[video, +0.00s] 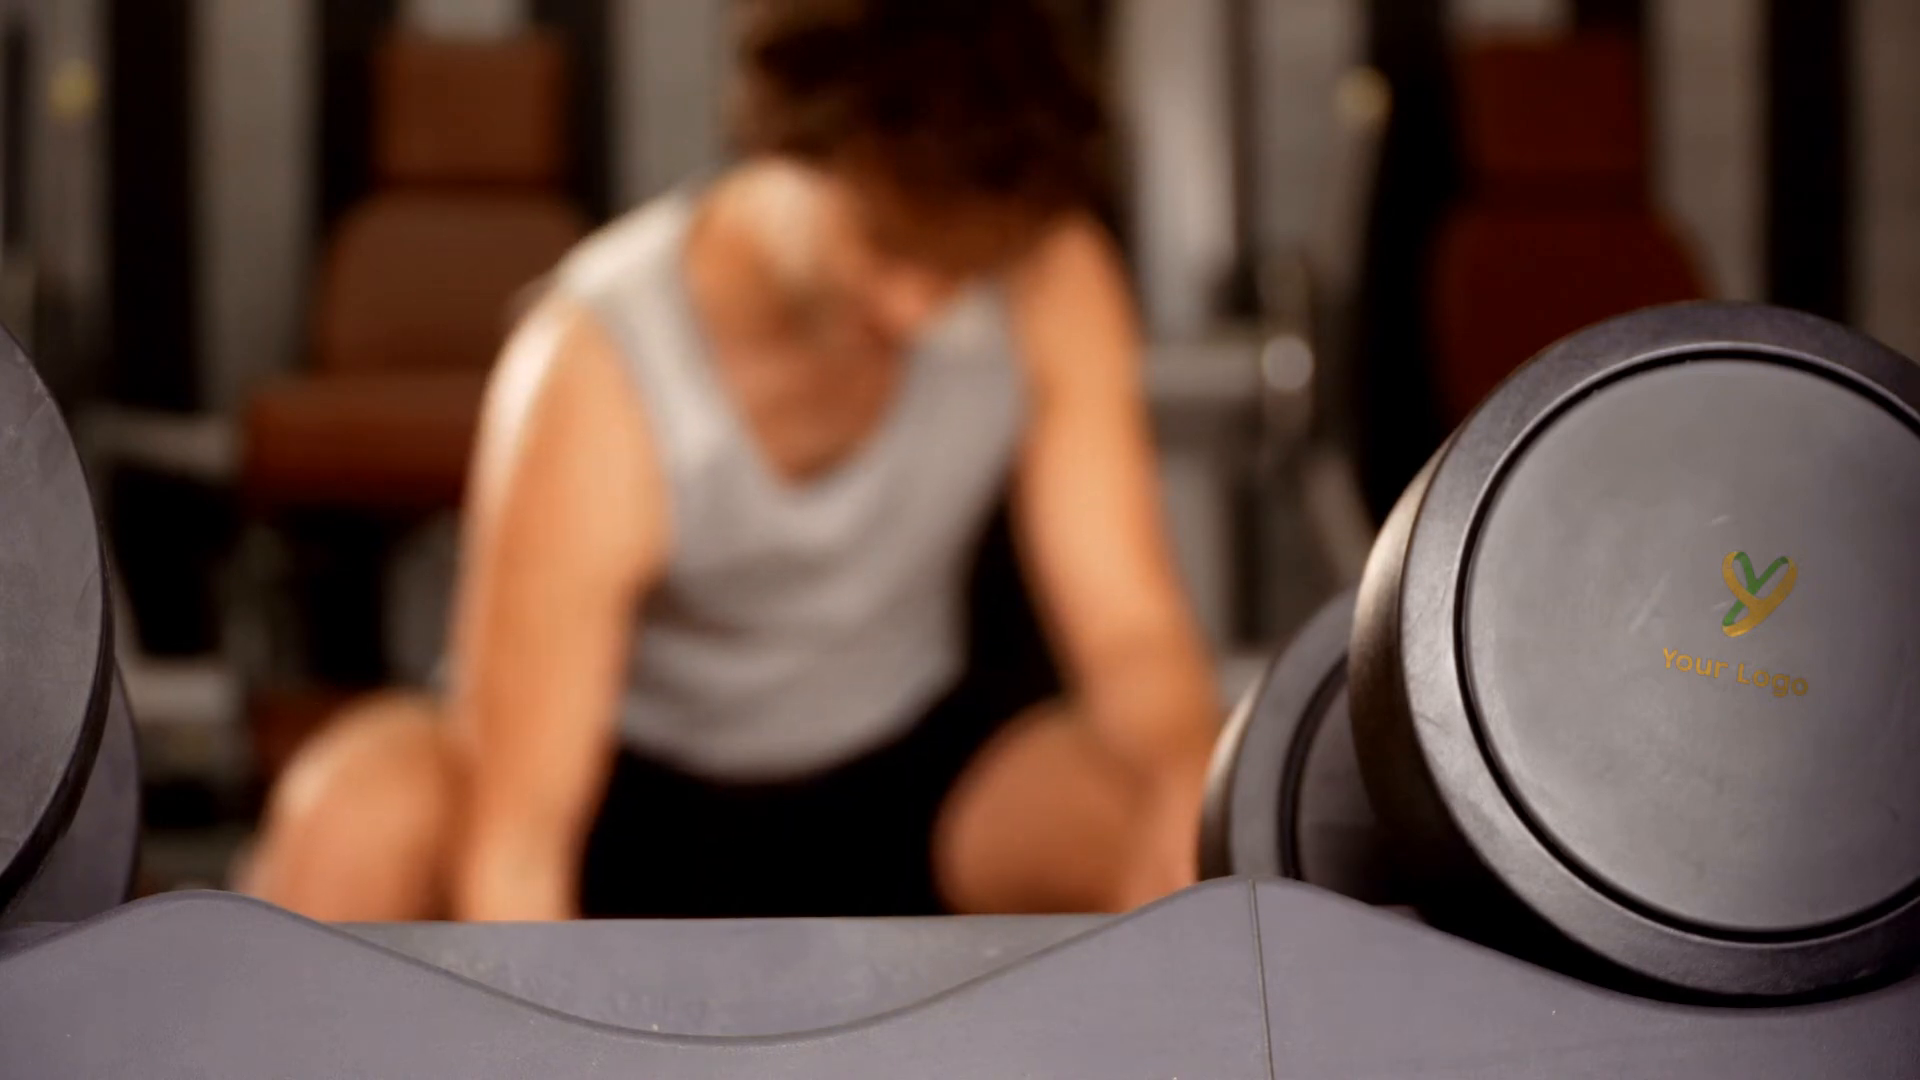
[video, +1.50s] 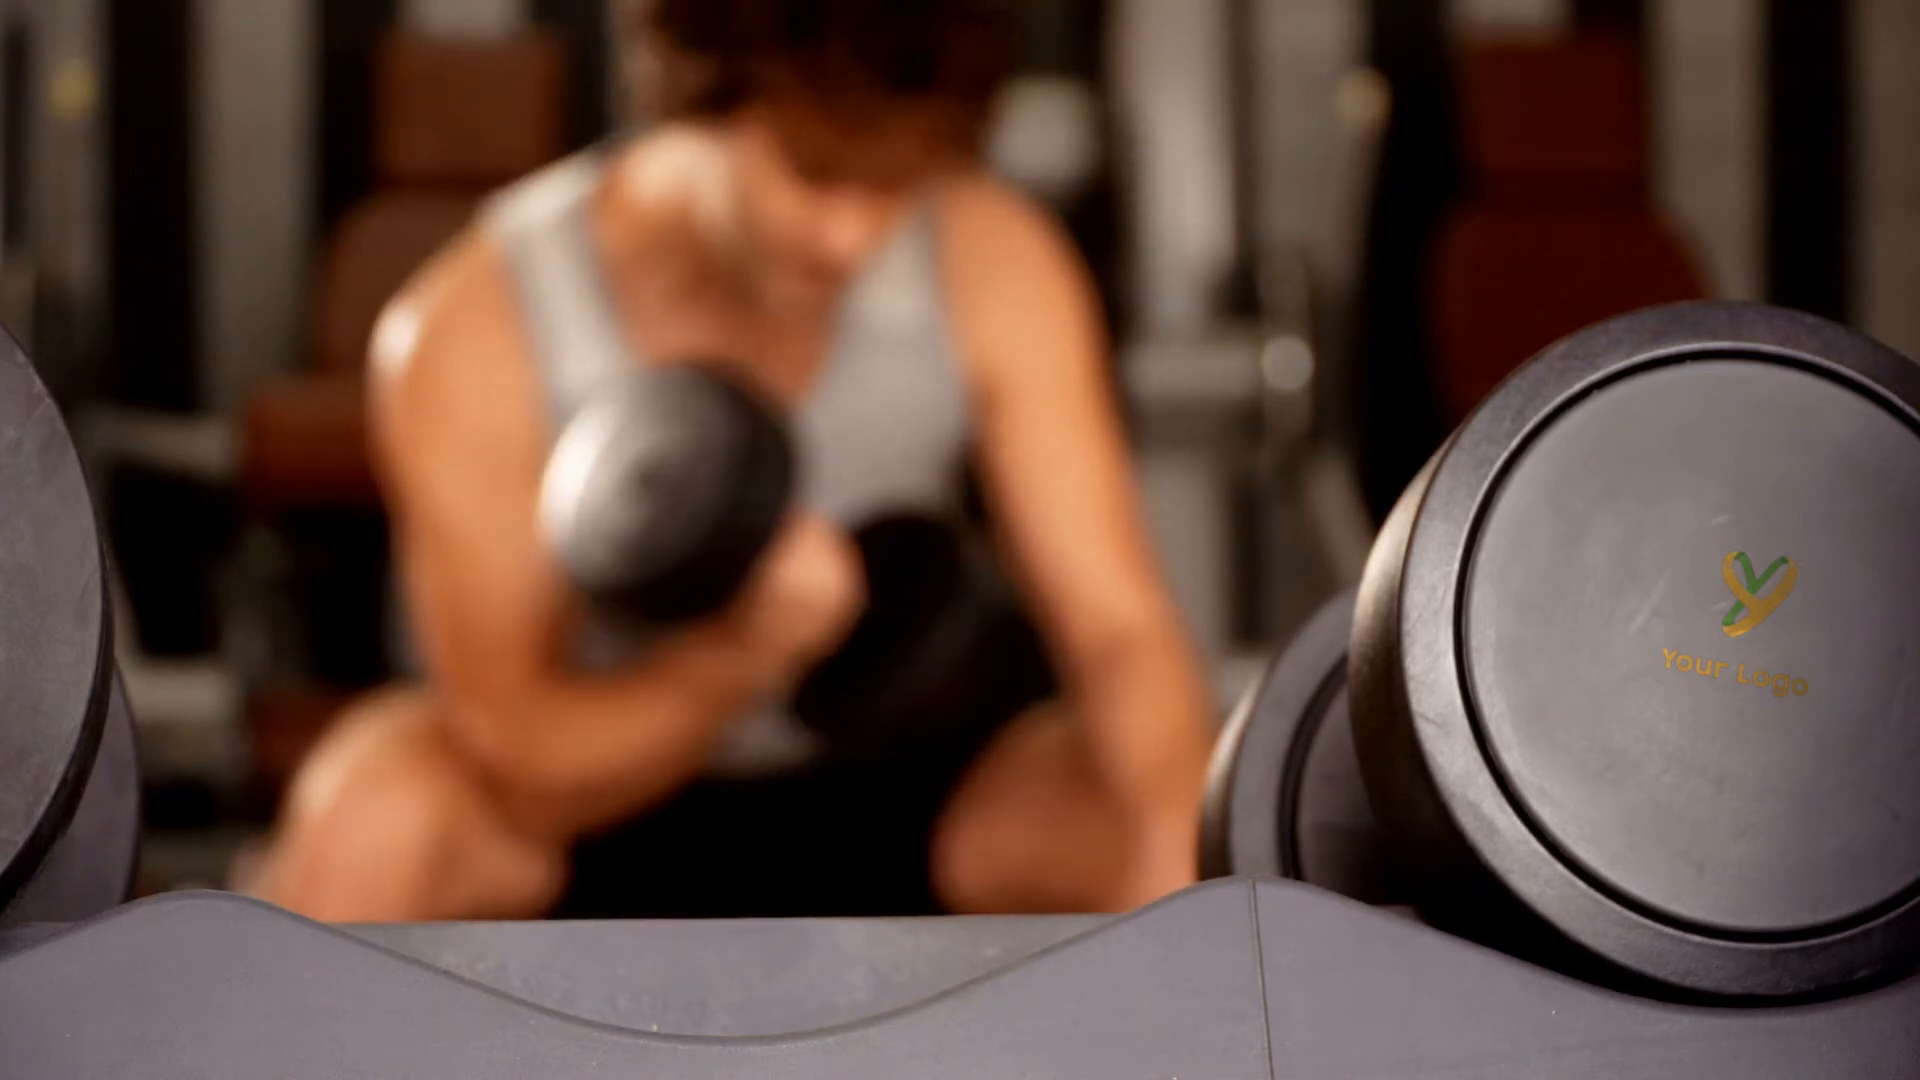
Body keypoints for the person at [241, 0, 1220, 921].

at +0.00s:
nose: (917, 311)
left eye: (968, 267)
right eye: (888, 249)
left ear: (1023, 224)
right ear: (796, 152)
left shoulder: (1044, 269)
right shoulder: (591, 365)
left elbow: (1133, 644)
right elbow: (521, 832)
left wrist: (1203, 843)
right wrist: (531, 1079)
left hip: (900, 785)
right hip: (622, 801)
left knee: (1192, 811)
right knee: (355, 798)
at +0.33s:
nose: (922, 291)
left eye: (972, 244)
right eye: (889, 227)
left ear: (1025, 197)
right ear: (794, 137)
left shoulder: (1045, 259)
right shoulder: (597, 348)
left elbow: (1129, 640)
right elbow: (503, 806)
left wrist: (1187, 847)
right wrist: (600, 1057)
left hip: (901, 783)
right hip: (627, 798)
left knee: (1188, 812)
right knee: (343, 790)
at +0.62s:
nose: (915, 247)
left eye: (964, 202)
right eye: (883, 186)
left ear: (1012, 164)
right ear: (786, 94)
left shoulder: (1045, 255)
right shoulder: (587, 314)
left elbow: (1129, 636)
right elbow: (508, 756)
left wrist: (1187, 846)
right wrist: (684, 962)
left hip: (902, 773)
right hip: (624, 784)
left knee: (1193, 811)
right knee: (361, 791)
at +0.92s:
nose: (906, 230)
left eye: (952, 181)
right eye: (870, 166)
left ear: (1007, 144)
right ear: (770, 76)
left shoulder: (1030, 257)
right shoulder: (538, 310)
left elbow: (1132, 639)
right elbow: (524, 736)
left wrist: (1186, 836)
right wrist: (859, 766)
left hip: (890, 810)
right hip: (617, 820)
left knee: (1191, 781)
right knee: (377, 777)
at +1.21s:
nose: (869, 230)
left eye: (914, 181)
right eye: (834, 169)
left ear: (965, 142)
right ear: (735, 90)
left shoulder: (1001, 257)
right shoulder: (483, 319)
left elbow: (1120, 632)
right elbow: (523, 750)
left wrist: (1180, 884)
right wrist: (745, 704)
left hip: (898, 785)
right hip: (601, 795)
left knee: (1169, 807)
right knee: (371, 805)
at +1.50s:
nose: (854, 233)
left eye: (901, 183)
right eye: (815, 173)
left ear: (949, 148)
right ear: (709, 102)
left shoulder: (990, 255)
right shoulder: (466, 330)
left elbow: (1119, 633)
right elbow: (531, 771)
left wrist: (1180, 885)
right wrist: (750, 653)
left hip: (891, 783)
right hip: (598, 807)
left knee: (1181, 813)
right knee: (374, 804)